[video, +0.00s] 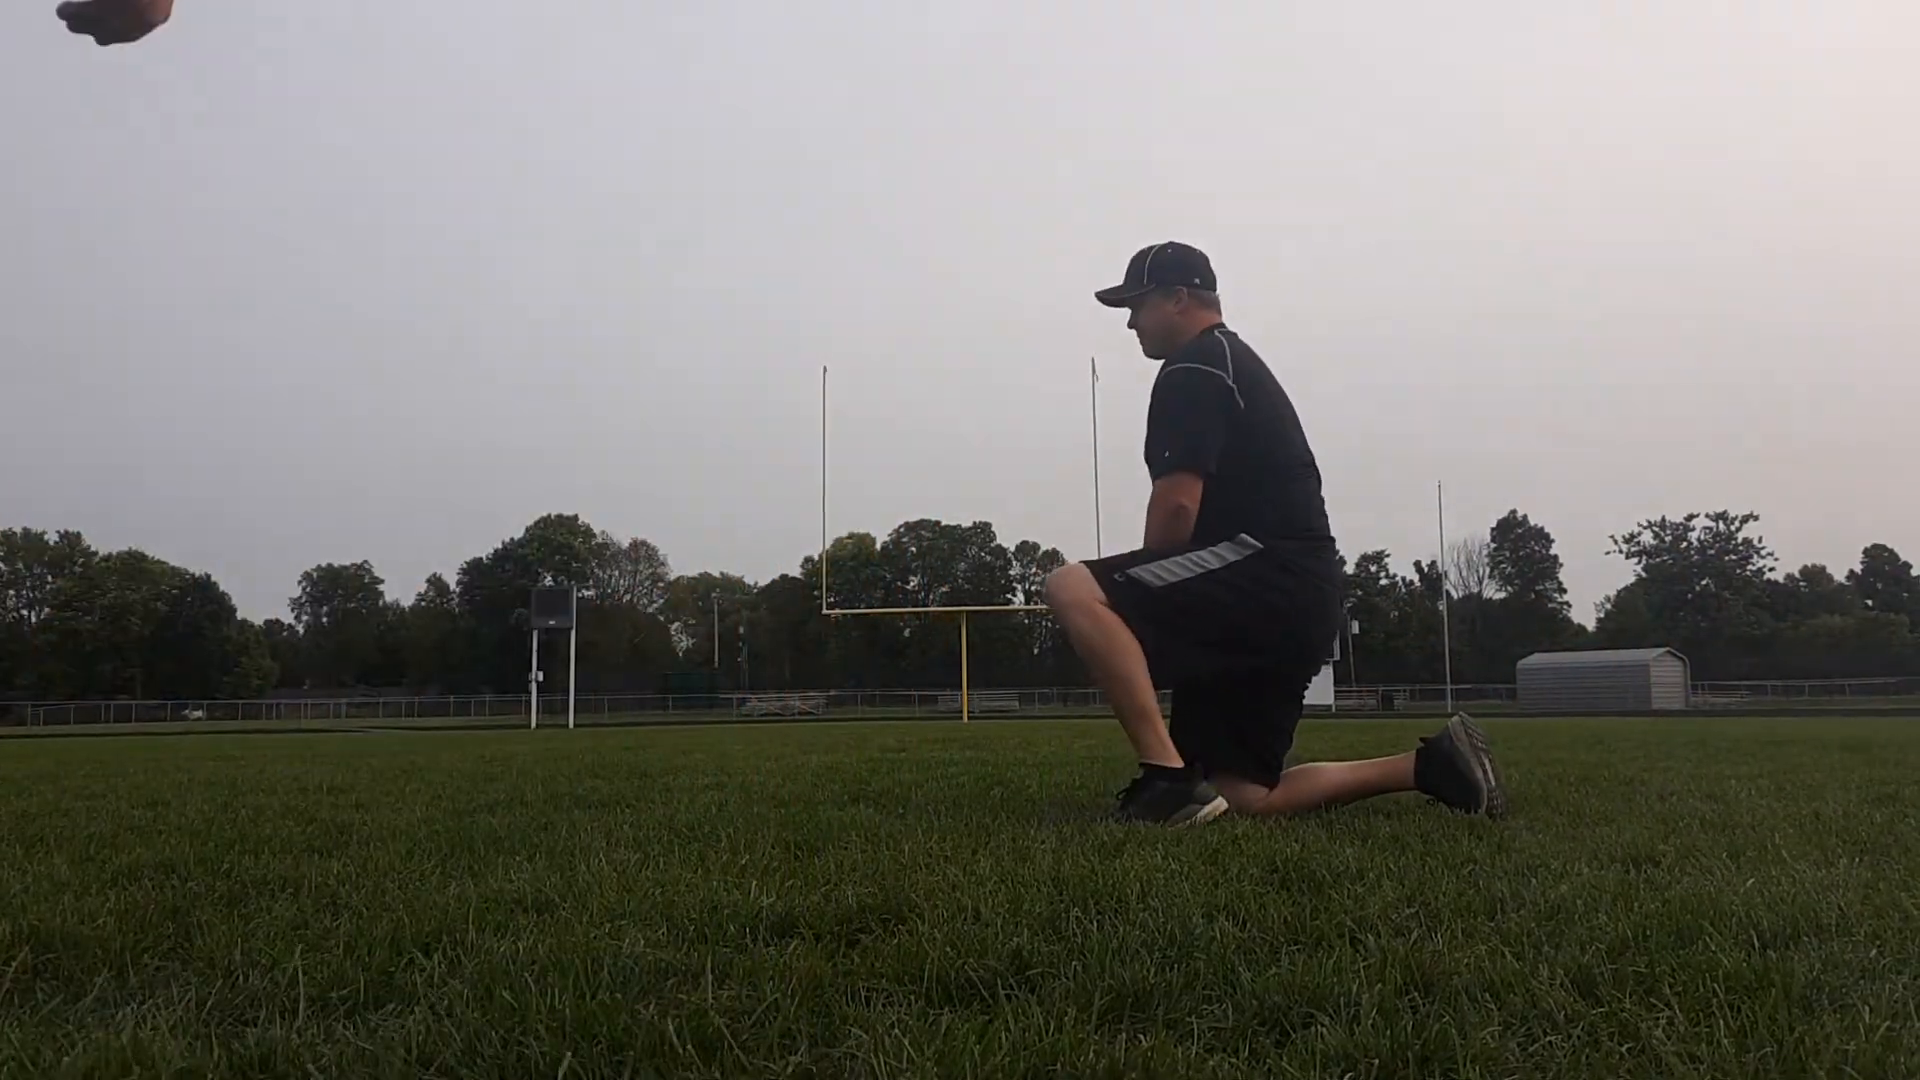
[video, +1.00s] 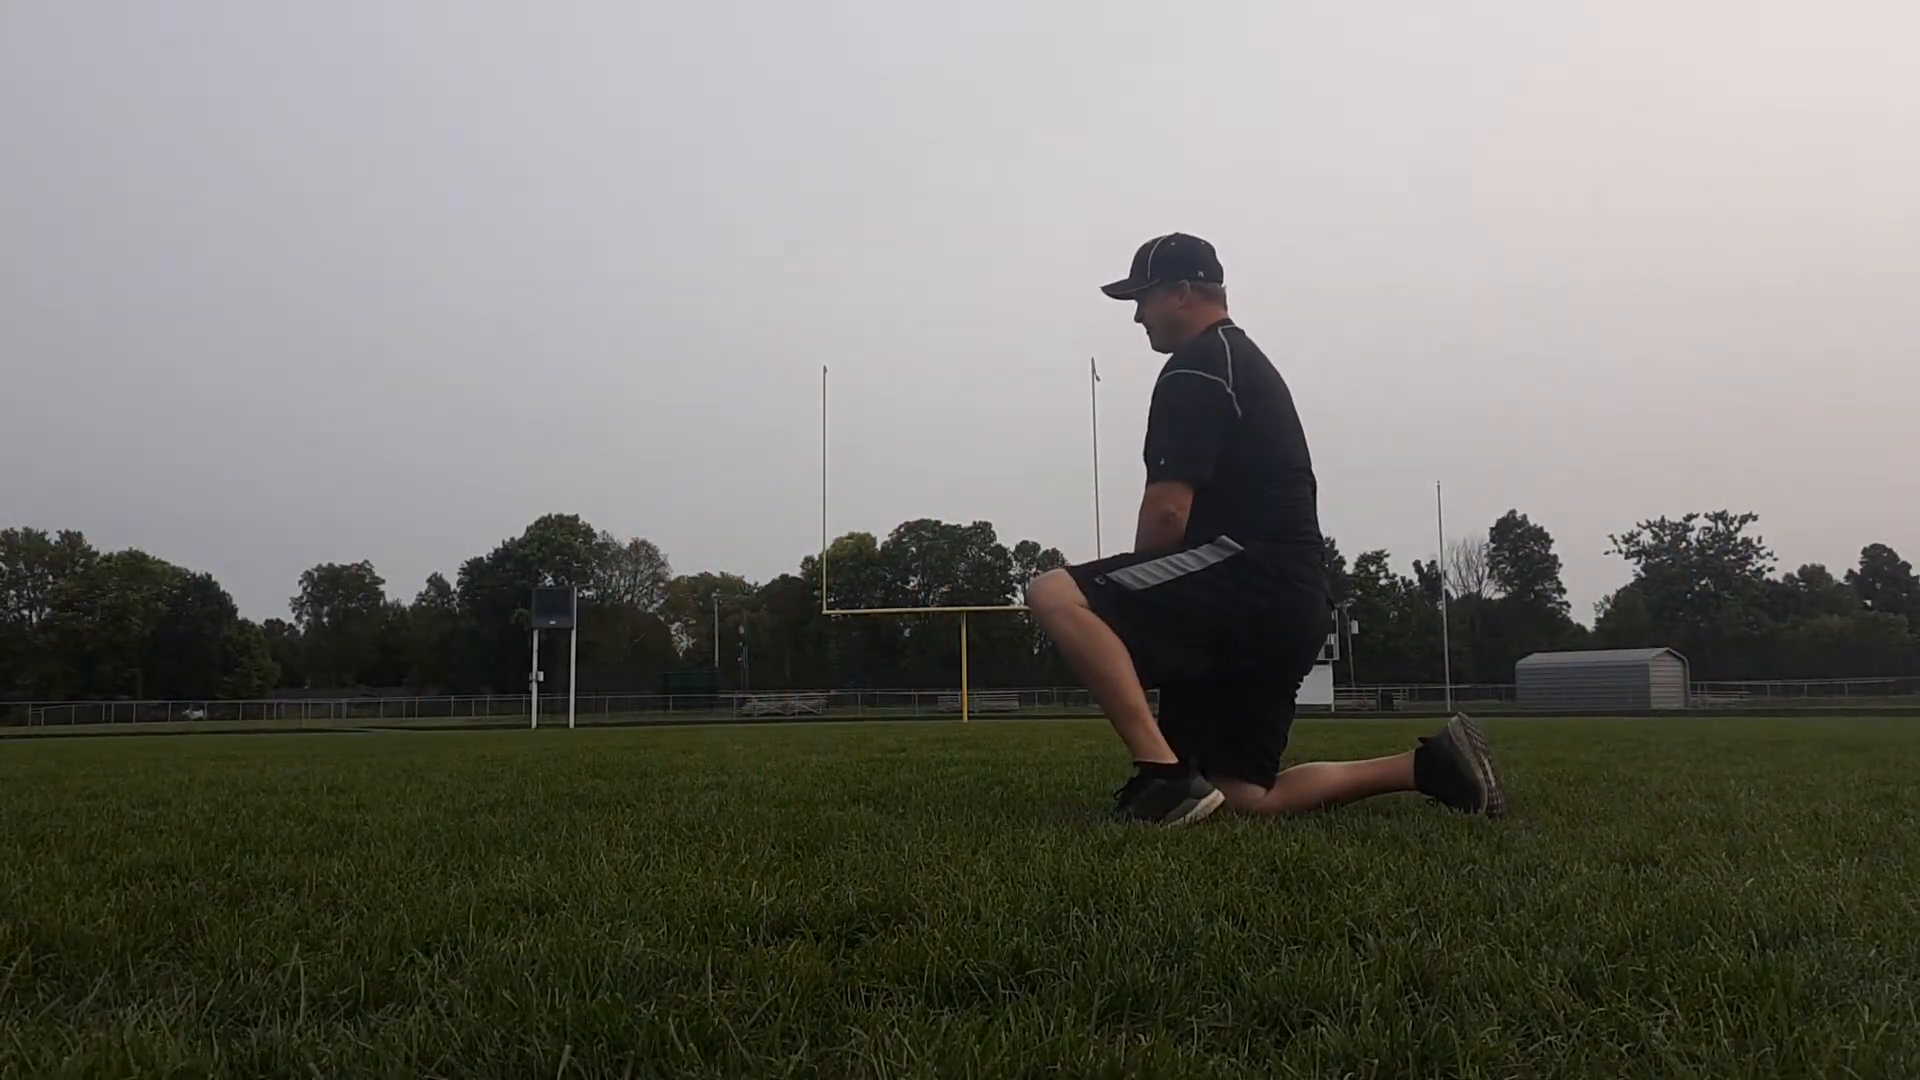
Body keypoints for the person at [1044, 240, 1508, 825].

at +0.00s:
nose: (1130, 321)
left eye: (1136, 305)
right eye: (1129, 309)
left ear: (1178, 300)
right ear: (1190, 301)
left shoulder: (1196, 364)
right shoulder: (1233, 363)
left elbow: (1176, 505)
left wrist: (1143, 596)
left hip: (1267, 567)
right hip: (1304, 590)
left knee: (1074, 588)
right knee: (1236, 794)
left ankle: (1167, 777)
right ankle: (1426, 768)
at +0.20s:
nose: (1135, 316)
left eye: (1141, 300)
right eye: (1134, 304)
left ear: (1182, 297)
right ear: (1194, 298)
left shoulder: (1199, 365)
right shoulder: (1240, 363)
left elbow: (1175, 506)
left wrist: (1143, 600)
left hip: (1260, 568)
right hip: (1301, 590)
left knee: (1068, 589)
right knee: (1236, 794)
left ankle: (1165, 776)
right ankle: (1425, 768)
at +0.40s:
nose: (1140, 312)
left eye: (1147, 297)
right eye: (1140, 299)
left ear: (1188, 295)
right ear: (1201, 297)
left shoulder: (1200, 363)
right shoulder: (1248, 362)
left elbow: (1174, 504)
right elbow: (1247, 506)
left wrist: (1143, 600)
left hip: (1254, 571)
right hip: (1298, 592)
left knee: (1062, 591)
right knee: (1234, 794)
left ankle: (1164, 776)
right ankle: (1425, 769)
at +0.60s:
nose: (1141, 310)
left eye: (1147, 295)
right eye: (1140, 298)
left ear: (1187, 294)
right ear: (1201, 295)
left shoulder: (1199, 363)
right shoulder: (1249, 362)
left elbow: (1171, 507)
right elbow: (1246, 508)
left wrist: (1140, 602)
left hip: (1251, 570)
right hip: (1297, 591)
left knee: (1059, 592)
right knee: (1235, 793)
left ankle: (1164, 775)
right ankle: (1425, 769)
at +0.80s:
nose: (1139, 311)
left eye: (1146, 296)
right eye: (1138, 298)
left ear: (1185, 294)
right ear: (1200, 295)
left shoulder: (1199, 362)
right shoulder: (1247, 362)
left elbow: (1169, 506)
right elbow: (1244, 508)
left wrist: (1139, 600)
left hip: (1248, 571)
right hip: (1294, 592)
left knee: (1056, 593)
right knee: (1234, 794)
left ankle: (1163, 775)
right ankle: (1426, 768)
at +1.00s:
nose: (1137, 314)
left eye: (1142, 298)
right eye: (1135, 301)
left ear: (1182, 294)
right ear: (1198, 295)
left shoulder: (1197, 364)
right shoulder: (1246, 362)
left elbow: (1166, 509)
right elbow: (1242, 509)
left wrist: (1137, 604)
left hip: (1248, 572)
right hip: (1294, 593)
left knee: (1056, 593)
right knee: (1234, 794)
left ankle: (1163, 775)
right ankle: (1426, 768)